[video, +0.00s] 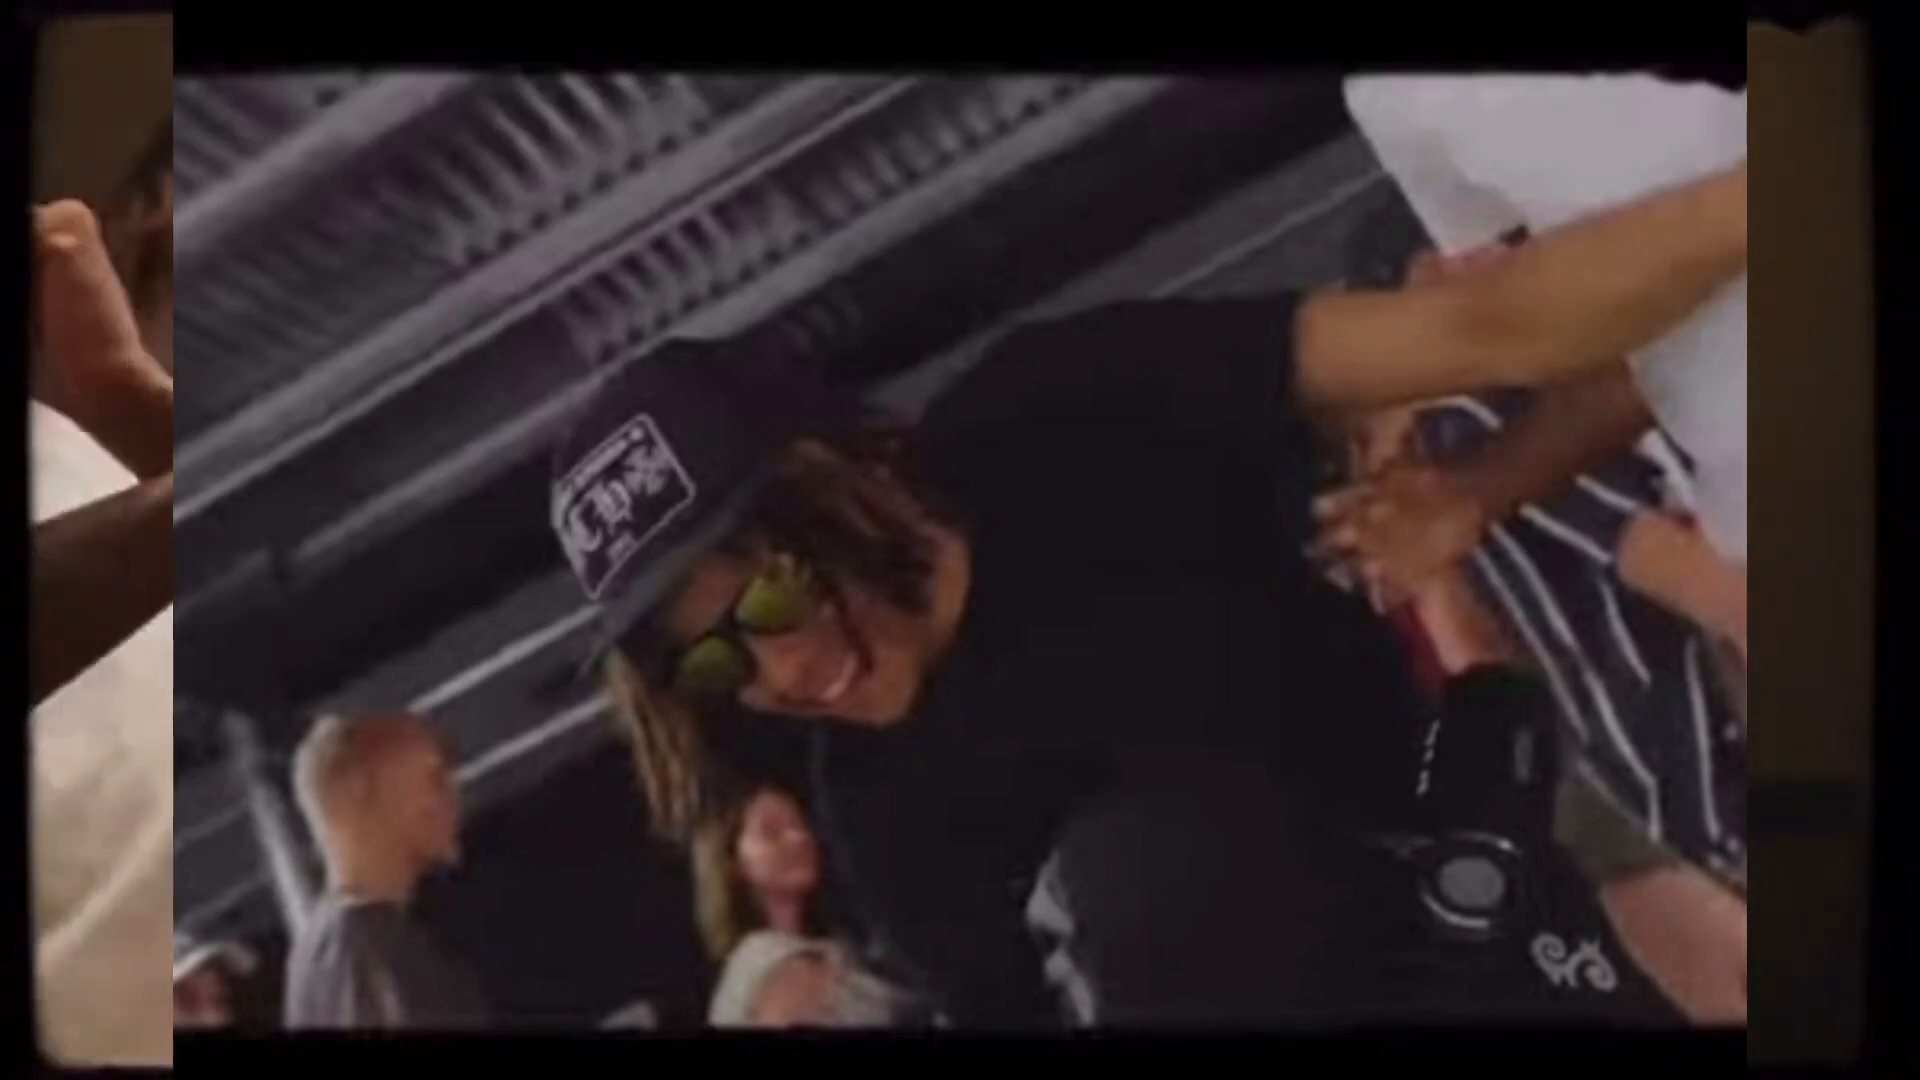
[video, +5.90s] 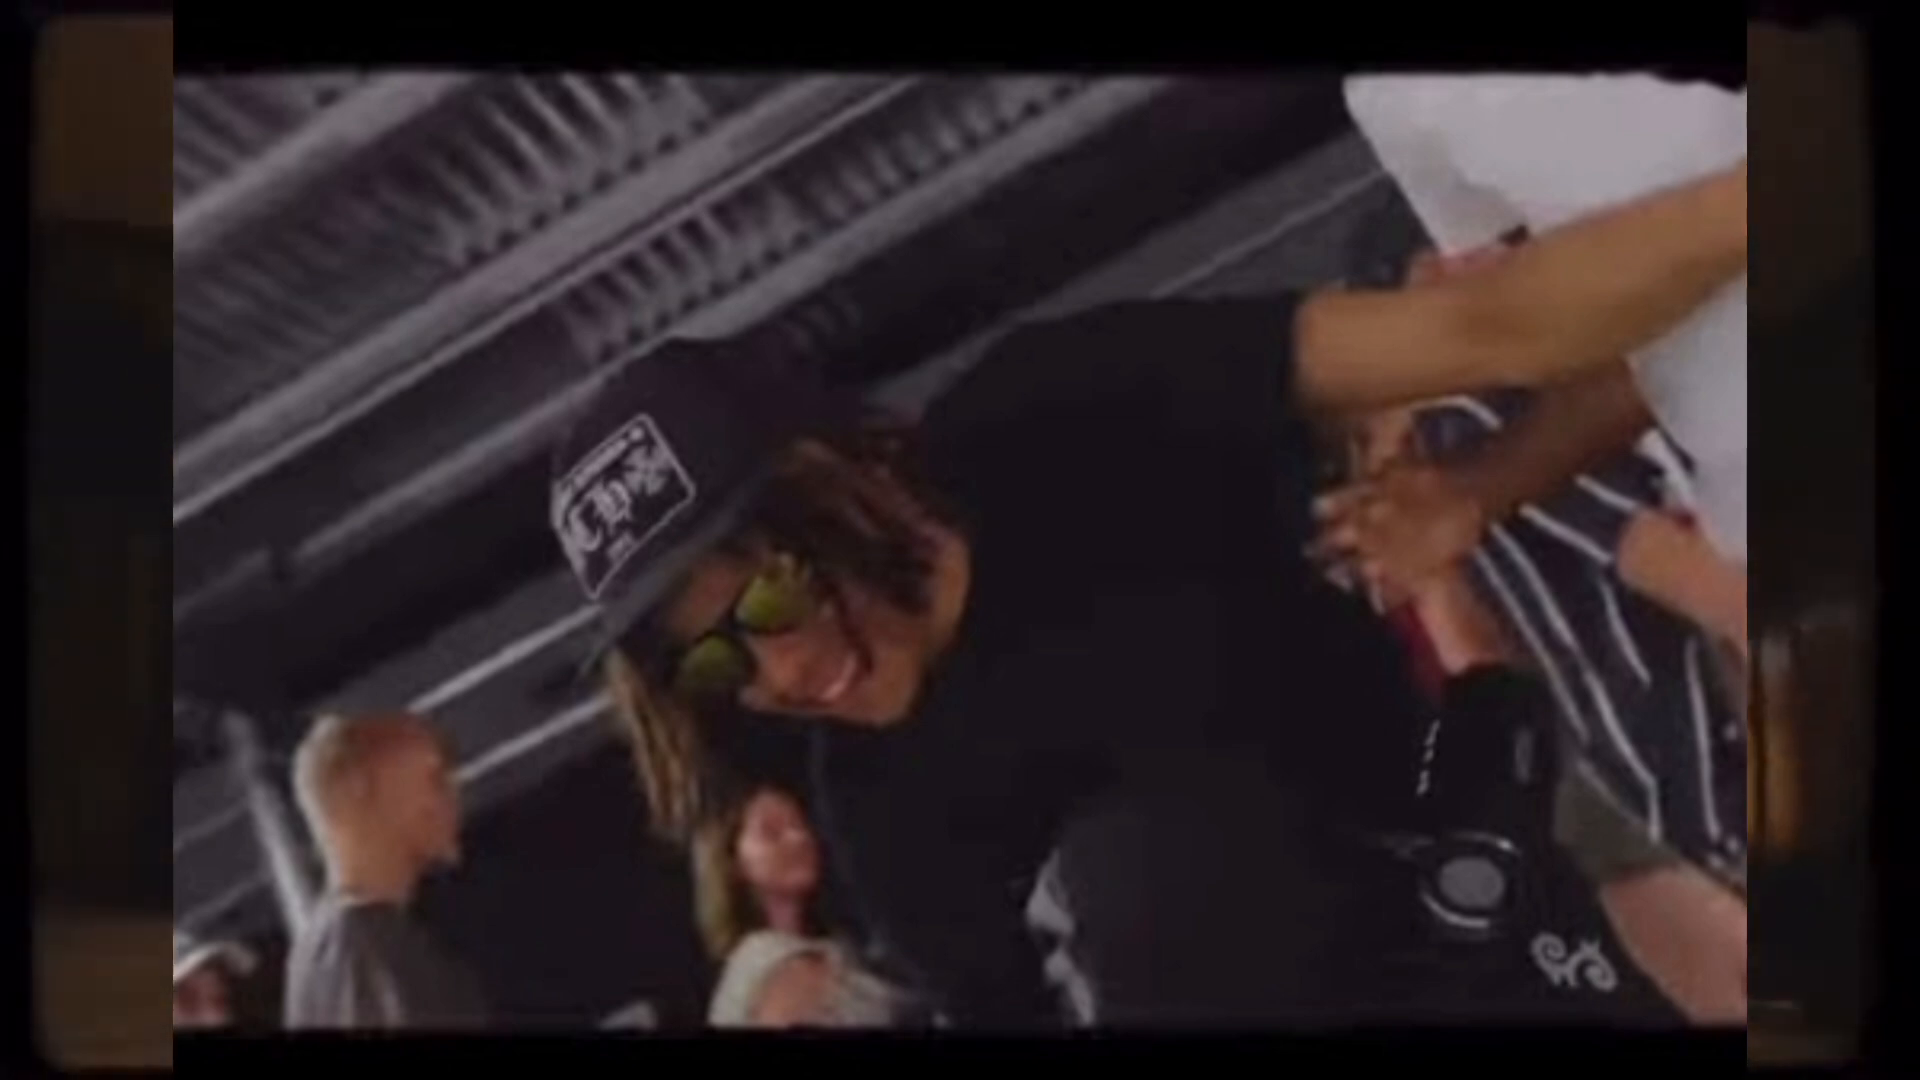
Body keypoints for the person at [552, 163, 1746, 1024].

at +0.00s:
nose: (768, 660)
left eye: (761, 586)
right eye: (709, 657)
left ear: (834, 478)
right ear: (687, 687)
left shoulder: (1050, 404)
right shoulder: (888, 843)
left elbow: (1469, 329)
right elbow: (1032, 1023)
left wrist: (1762, 200)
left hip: (1475, 843)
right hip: (1239, 974)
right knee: (1135, 869)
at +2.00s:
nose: (769, 657)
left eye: (760, 583)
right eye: (710, 655)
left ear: (833, 476)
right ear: (689, 686)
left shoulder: (1056, 402)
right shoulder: (887, 843)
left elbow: (1468, 328)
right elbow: (1029, 1023)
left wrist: (1779, 193)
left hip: (1475, 837)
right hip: (1246, 969)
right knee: (1138, 859)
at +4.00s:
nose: (767, 658)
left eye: (760, 583)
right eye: (708, 655)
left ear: (835, 477)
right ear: (687, 687)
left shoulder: (1053, 402)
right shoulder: (888, 846)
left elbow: (1474, 329)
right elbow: (1032, 1025)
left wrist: (1773, 188)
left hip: (1478, 836)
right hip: (1252, 971)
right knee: (1136, 864)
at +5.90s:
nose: (766, 659)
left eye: (759, 585)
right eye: (707, 655)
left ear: (834, 478)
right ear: (686, 685)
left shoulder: (1052, 404)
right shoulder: (887, 846)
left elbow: (1469, 329)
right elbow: (1032, 1025)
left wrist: (1768, 198)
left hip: (1475, 844)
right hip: (1246, 976)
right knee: (1134, 868)